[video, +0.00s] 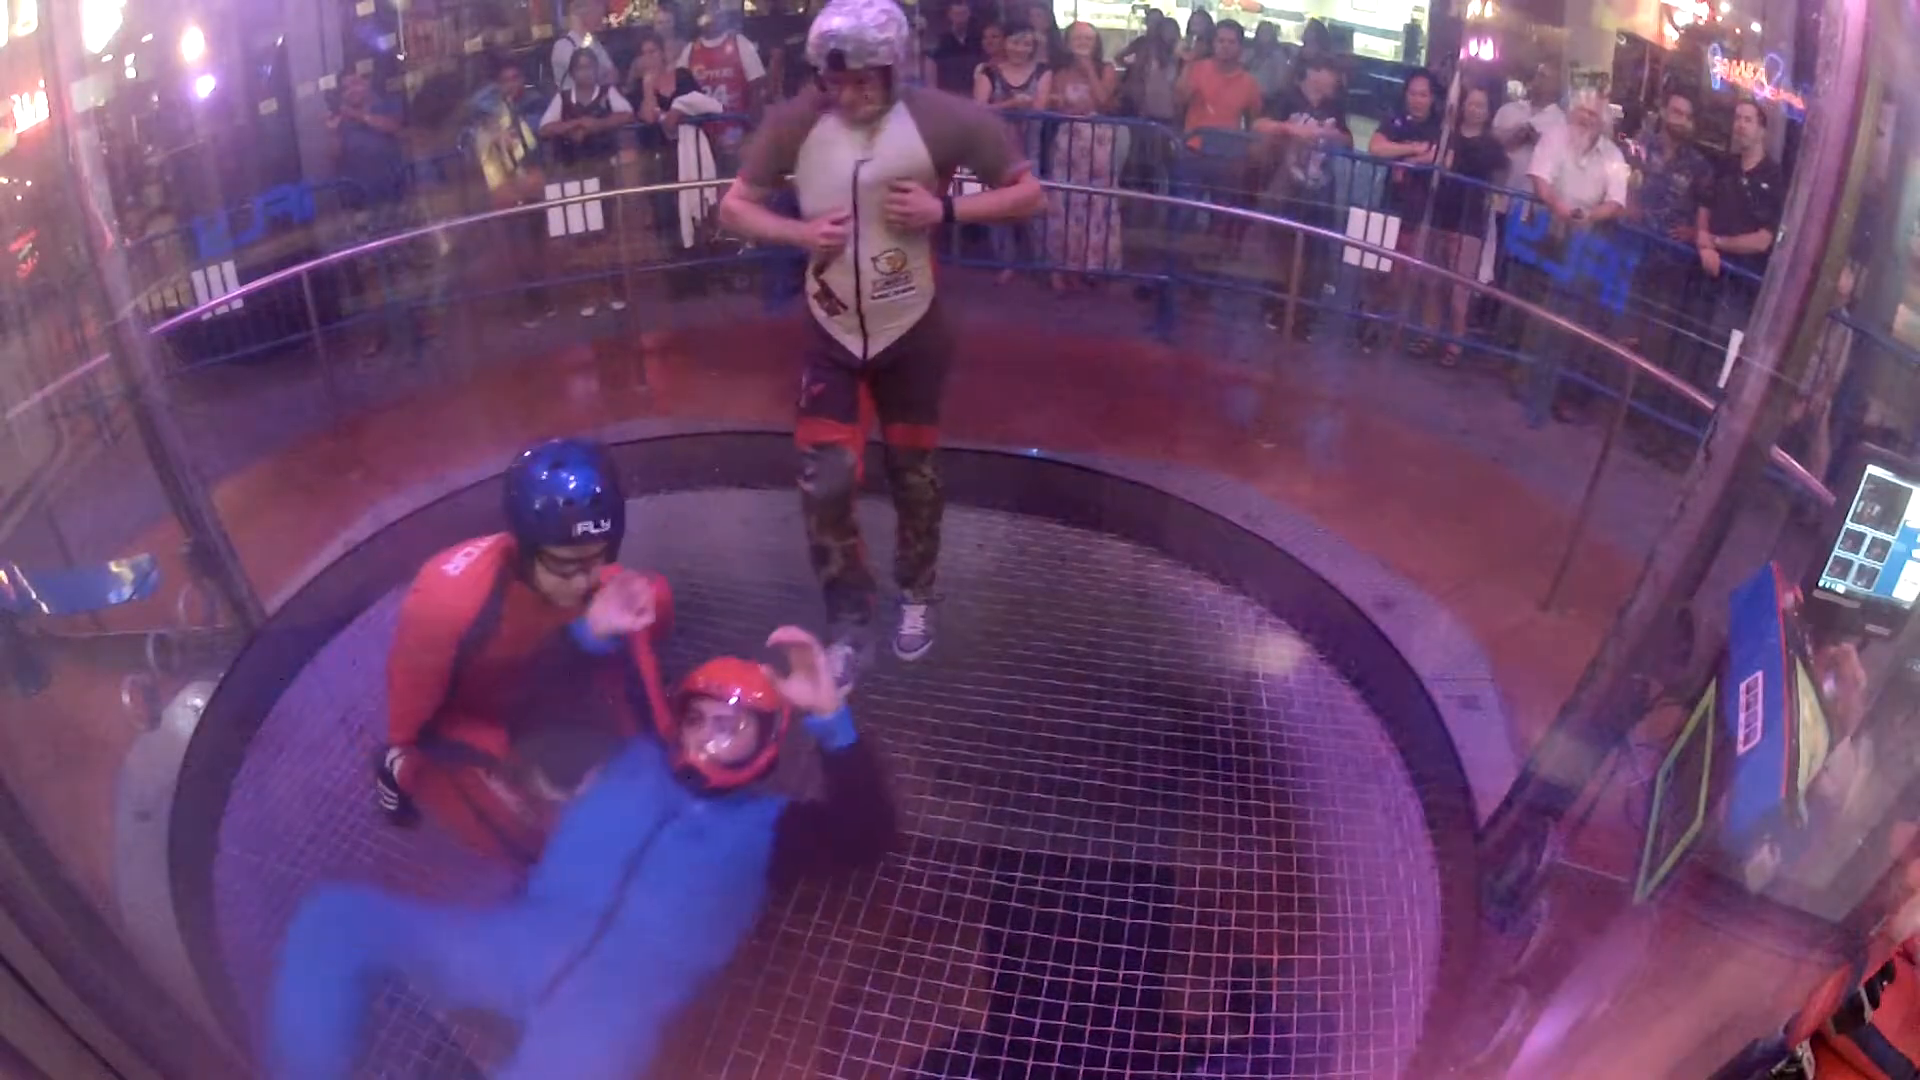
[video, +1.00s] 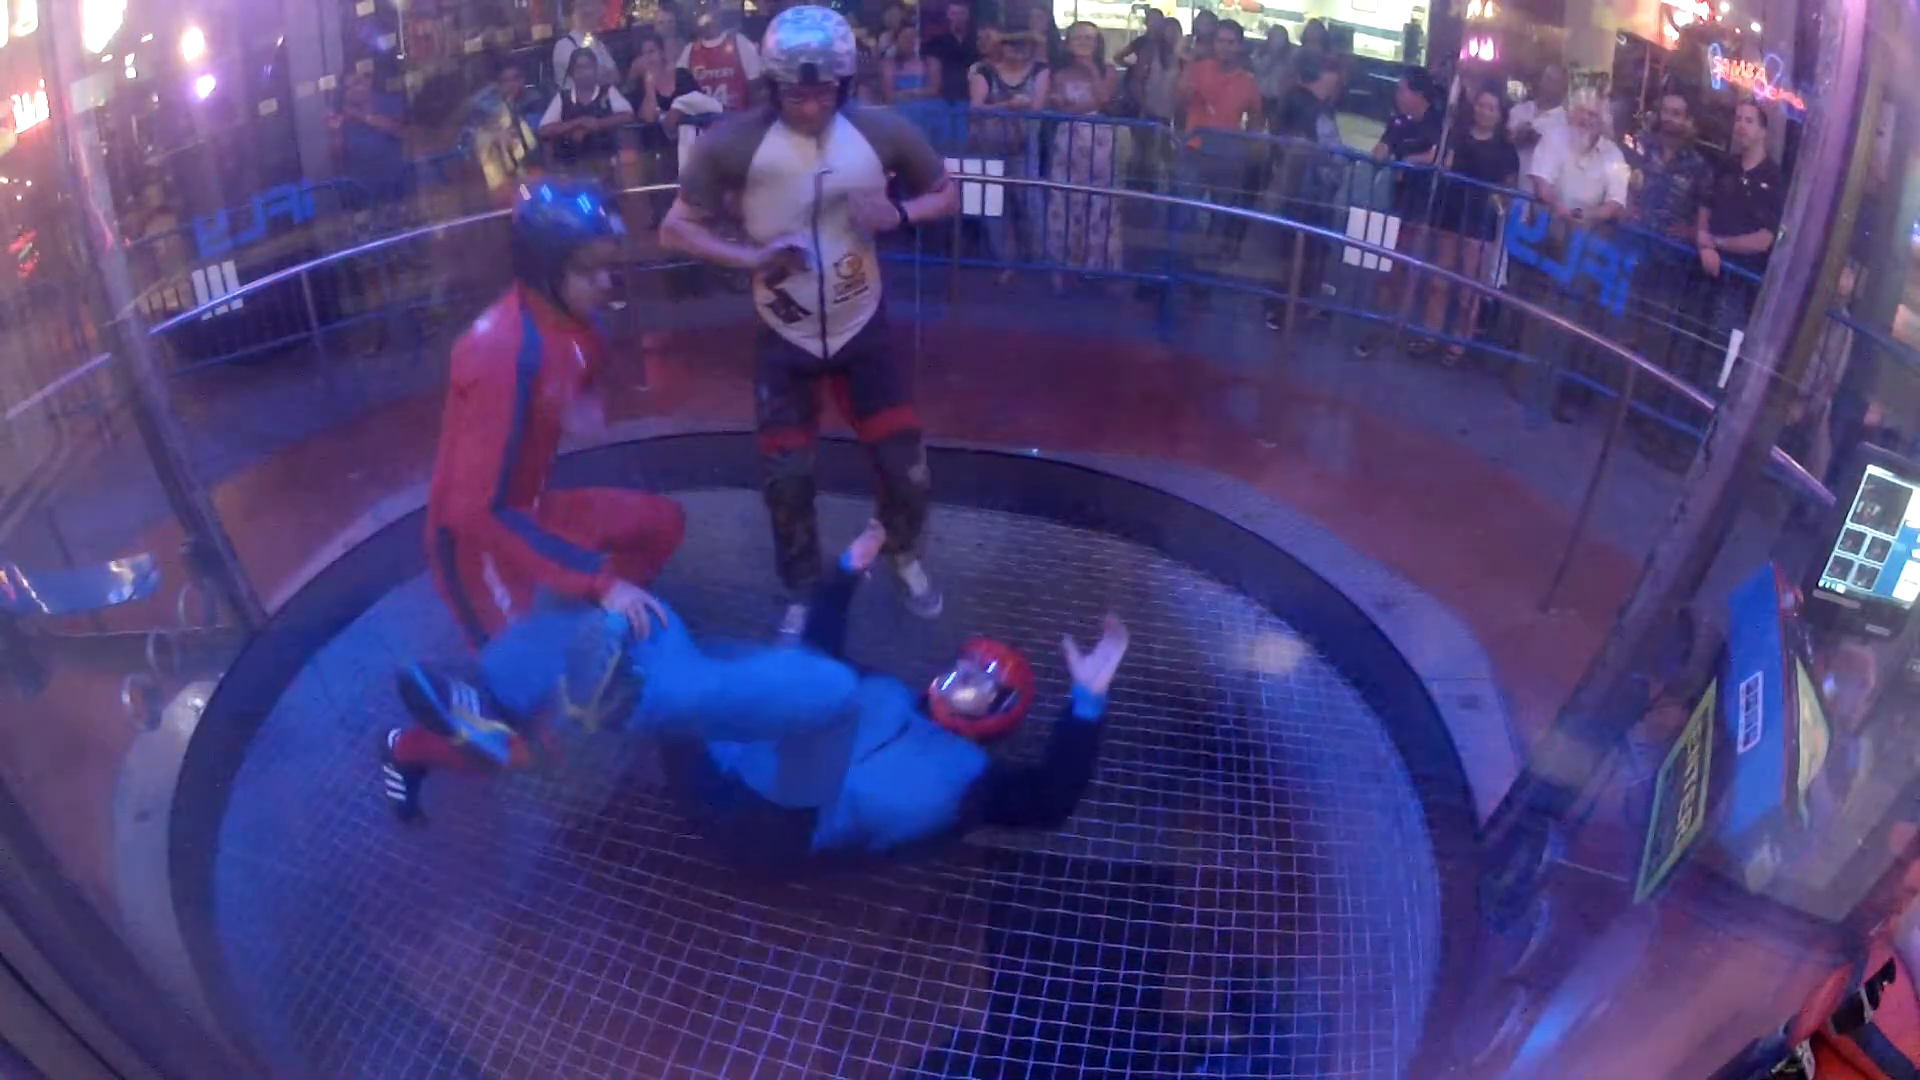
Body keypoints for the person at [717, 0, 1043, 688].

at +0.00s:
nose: (852, 95)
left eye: (867, 81)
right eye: (839, 81)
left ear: (895, 72)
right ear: (821, 73)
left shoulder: (945, 120)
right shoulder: (795, 122)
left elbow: (1029, 193)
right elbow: (732, 205)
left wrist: (947, 207)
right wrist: (800, 231)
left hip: (912, 329)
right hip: (830, 331)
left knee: (911, 477)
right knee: (822, 485)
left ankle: (917, 596)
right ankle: (849, 622)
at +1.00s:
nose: (810, 103)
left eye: (822, 90)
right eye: (796, 91)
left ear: (843, 82)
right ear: (774, 83)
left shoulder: (881, 133)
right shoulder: (733, 144)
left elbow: (947, 194)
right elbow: (673, 227)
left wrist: (900, 213)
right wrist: (749, 260)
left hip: (866, 329)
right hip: (784, 337)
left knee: (908, 474)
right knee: (787, 481)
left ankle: (903, 557)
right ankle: (801, 599)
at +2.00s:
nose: (905, 79)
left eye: (914, 66)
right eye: (892, 67)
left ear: (925, 64)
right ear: (855, 64)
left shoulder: (922, 114)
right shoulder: (810, 128)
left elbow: (918, 178)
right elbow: (799, 241)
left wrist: (948, 171)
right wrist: (895, 210)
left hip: (921, 308)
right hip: (856, 316)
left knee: (928, 427)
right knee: (873, 434)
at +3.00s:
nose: (897, 73)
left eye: (900, 62)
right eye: (888, 60)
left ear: (880, 60)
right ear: (853, 53)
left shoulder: (880, 115)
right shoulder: (811, 121)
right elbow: (860, 215)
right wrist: (950, 155)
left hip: (903, 314)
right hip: (851, 319)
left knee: (929, 438)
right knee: (865, 459)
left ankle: (879, 547)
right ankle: (830, 574)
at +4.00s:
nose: (869, 84)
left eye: (874, 71)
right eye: (854, 71)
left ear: (887, 83)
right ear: (832, 84)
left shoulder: (895, 131)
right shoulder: (801, 139)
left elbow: (943, 153)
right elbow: (767, 210)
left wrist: (940, 144)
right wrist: (854, 183)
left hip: (895, 311)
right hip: (835, 316)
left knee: (900, 442)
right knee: (865, 459)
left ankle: (876, 553)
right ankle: (821, 563)